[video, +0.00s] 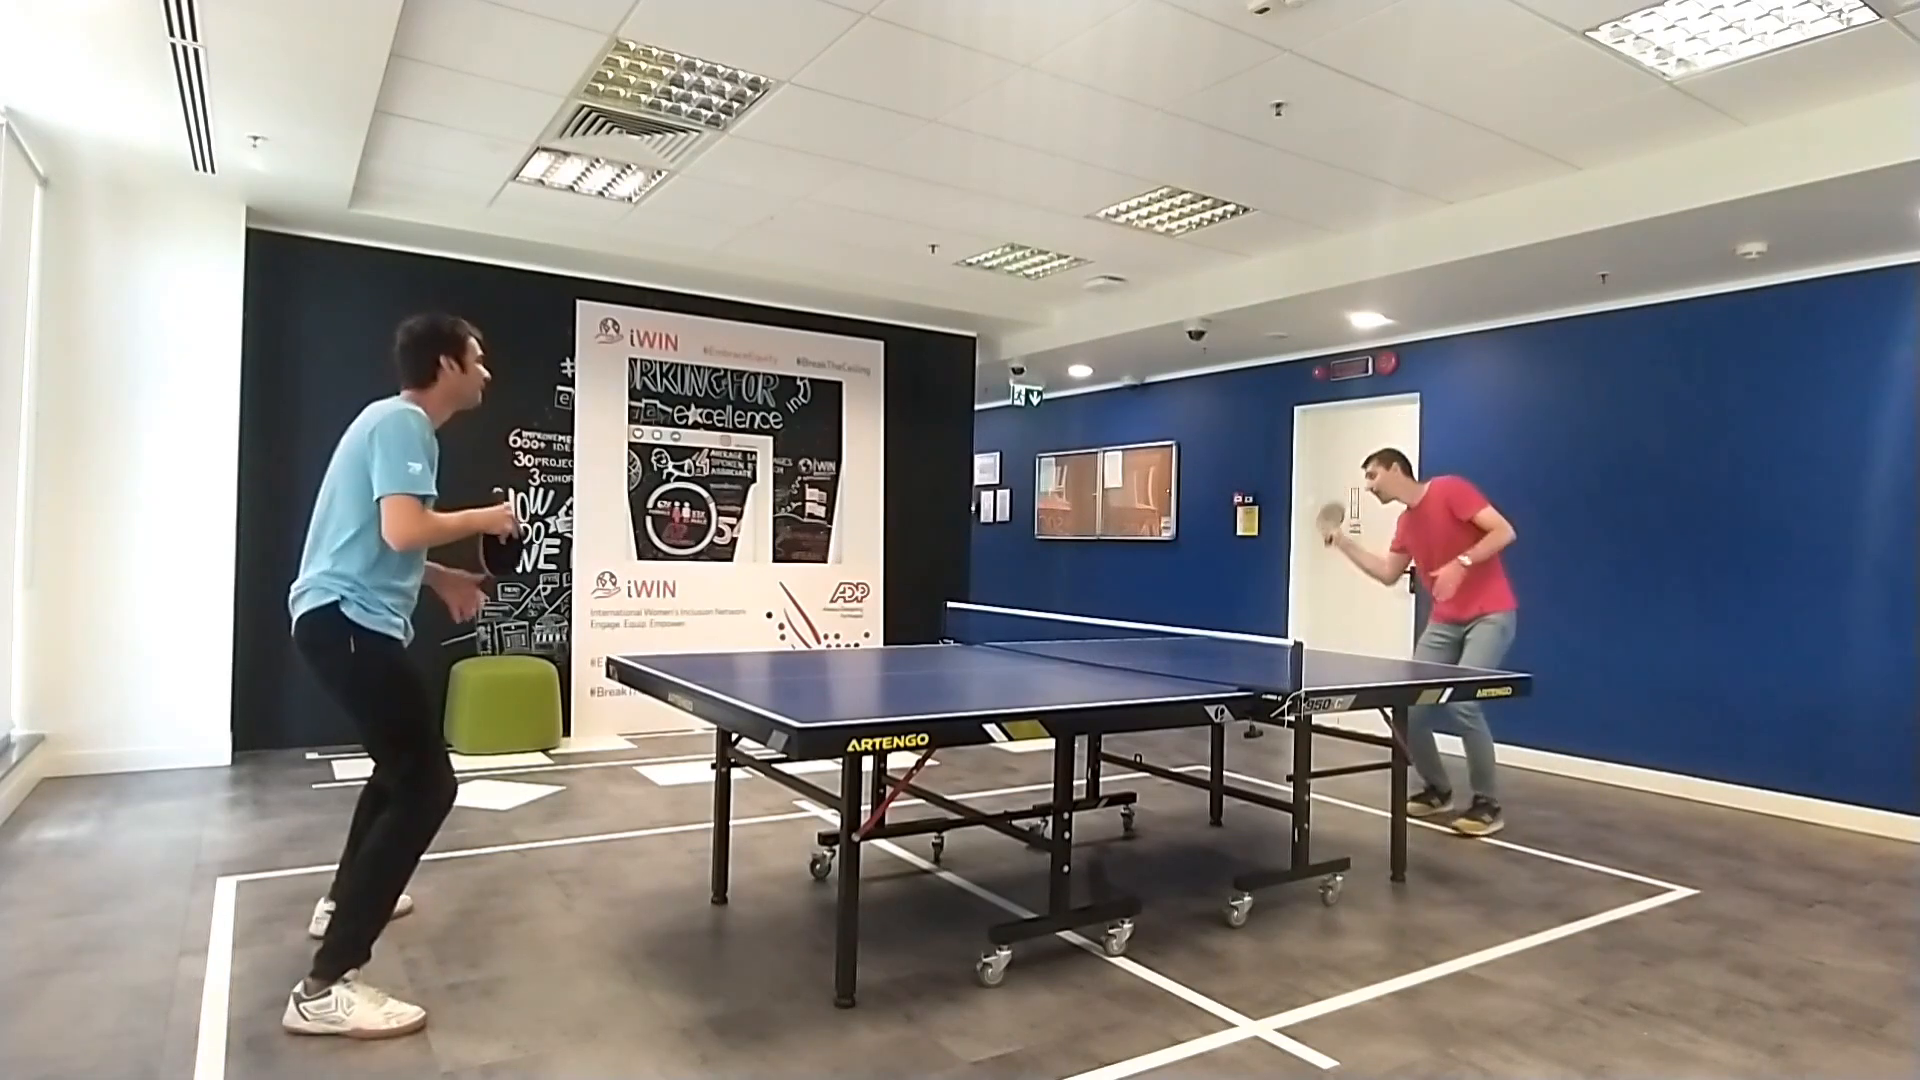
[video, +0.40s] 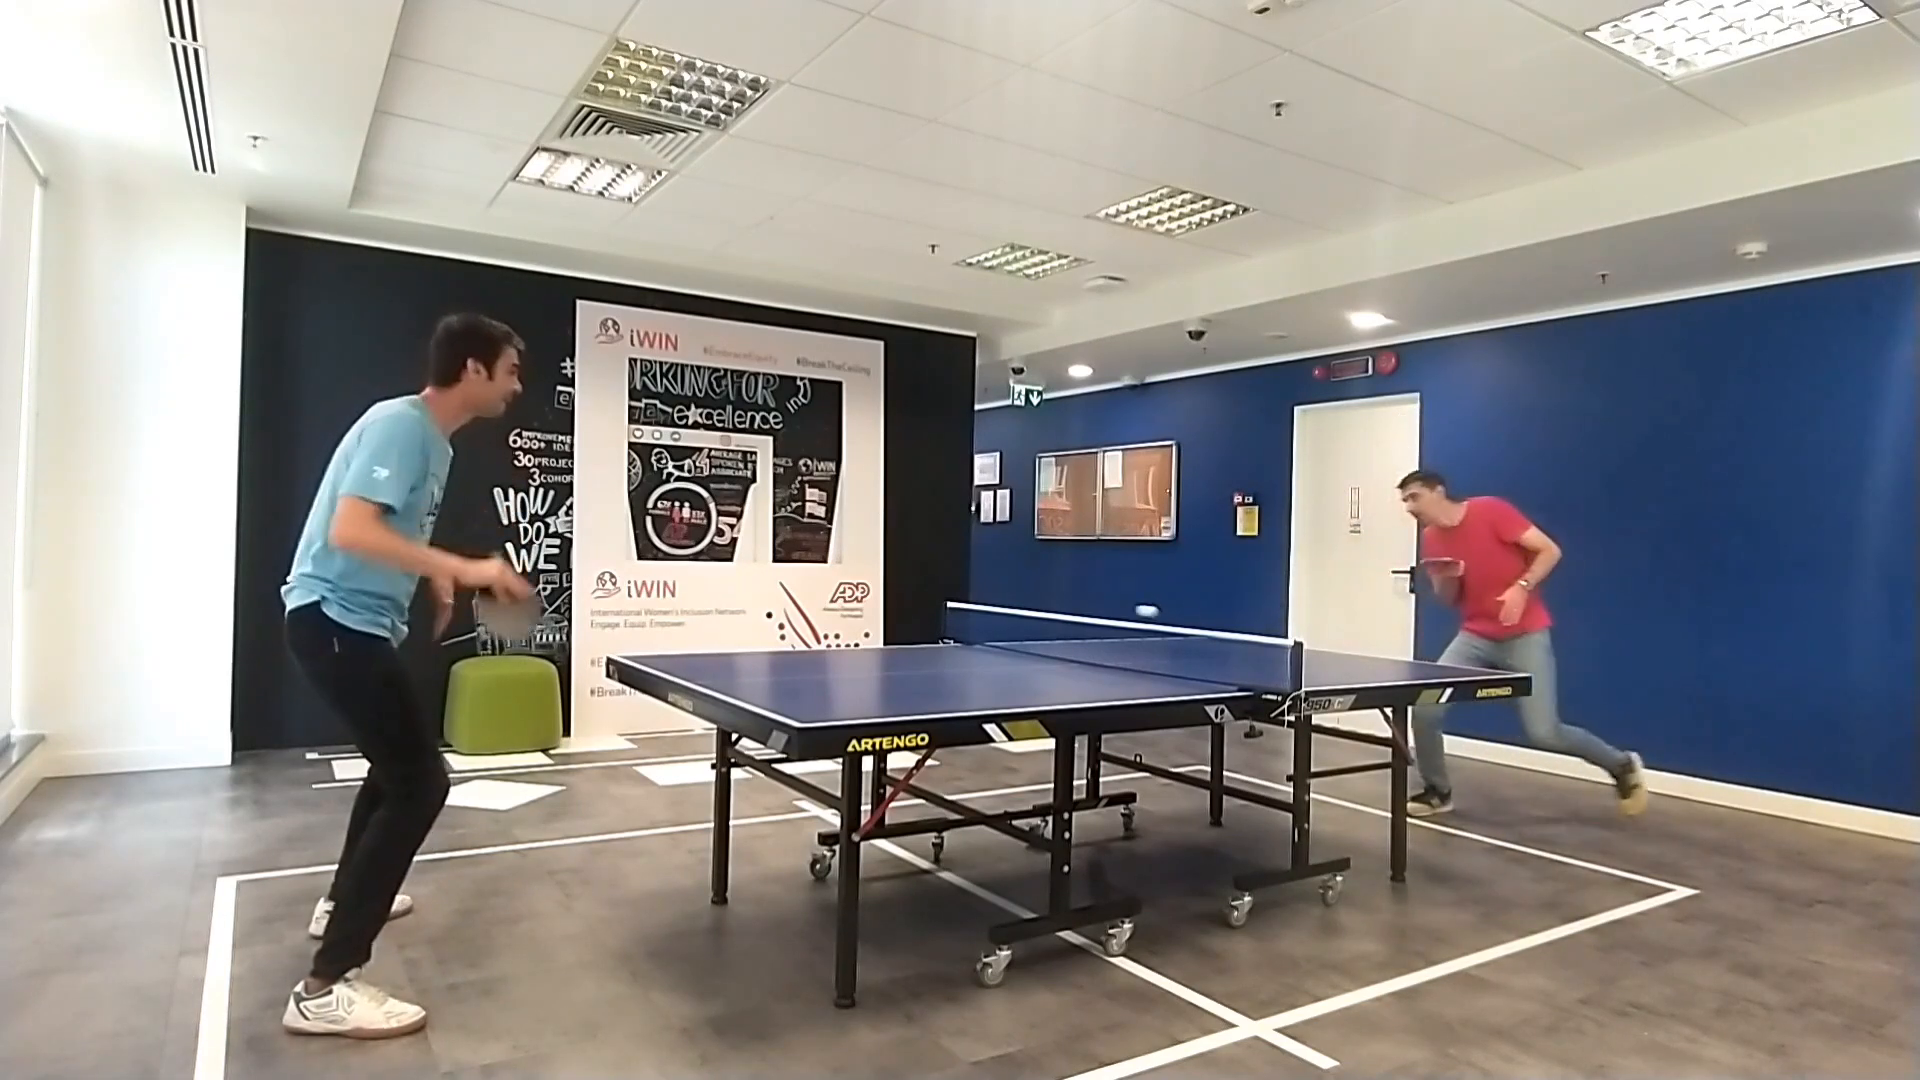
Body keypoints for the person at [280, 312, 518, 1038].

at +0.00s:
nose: (488, 372)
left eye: (484, 361)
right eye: (479, 360)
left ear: (434, 367)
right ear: (446, 365)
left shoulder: (395, 426)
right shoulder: (403, 423)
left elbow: (375, 539)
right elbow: (403, 527)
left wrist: (437, 575)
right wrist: (489, 517)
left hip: (350, 618)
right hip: (348, 619)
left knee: (402, 764)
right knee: (428, 785)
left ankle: (345, 904)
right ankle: (324, 988)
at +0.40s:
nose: (515, 386)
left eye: (516, 373)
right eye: (509, 372)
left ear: (467, 374)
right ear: (470, 372)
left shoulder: (434, 445)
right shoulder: (399, 425)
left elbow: (388, 532)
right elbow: (352, 530)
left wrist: (435, 569)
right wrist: (463, 566)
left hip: (362, 623)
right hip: (330, 621)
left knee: (400, 763)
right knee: (422, 780)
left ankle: (344, 908)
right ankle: (325, 988)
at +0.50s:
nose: (525, 396)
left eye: (528, 383)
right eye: (521, 381)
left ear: (481, 381)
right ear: (479, 376)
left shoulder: (450, 448)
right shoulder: (395, 430)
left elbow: (404, 528)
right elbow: (327, 544)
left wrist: (460, 561)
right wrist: (416, 620)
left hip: (369, 624)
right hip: (327, 622)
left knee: (406, 766)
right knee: (414, 780)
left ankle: (346, 903)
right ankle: (324, 988)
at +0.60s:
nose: (533, 417)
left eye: (537, 403)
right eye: (529, 400)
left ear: (491, 395)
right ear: (486, 390)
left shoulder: (476, 457)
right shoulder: (385, 449)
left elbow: (463, 540)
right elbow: (320, 559)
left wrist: (501, 555)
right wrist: (349, 674)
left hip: (385, 626)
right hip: (330, 624)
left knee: (415, 770)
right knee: (407, 782)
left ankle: (343, 899)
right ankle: (325, 988)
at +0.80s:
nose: (535, 466)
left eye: (541, 453)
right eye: (530, 450)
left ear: (493, 443)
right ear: (485, 439)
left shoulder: (486, 495)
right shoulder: (387, 497)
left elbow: (481, 548)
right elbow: (312, 605)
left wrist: (520, 578)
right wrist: (316, 722)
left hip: (399, 654)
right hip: (346, 655)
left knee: (413, 762)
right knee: (429, 788)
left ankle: (331, 855)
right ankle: (327, 986)